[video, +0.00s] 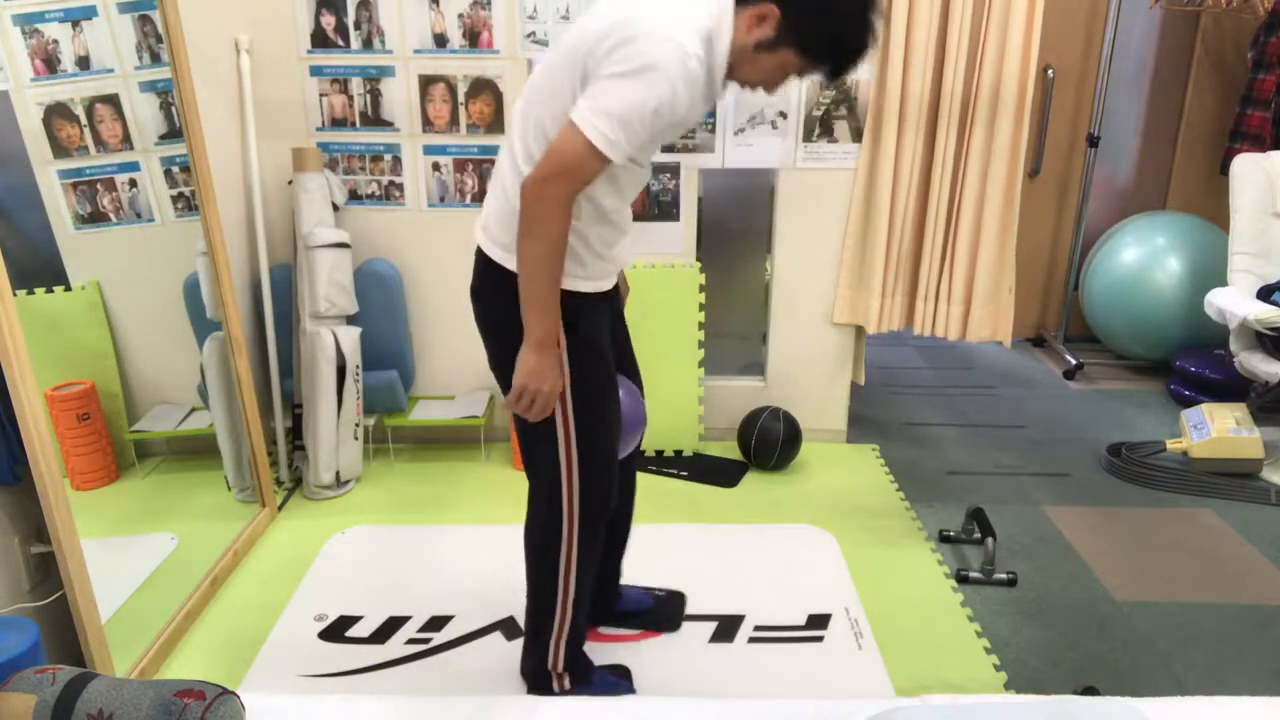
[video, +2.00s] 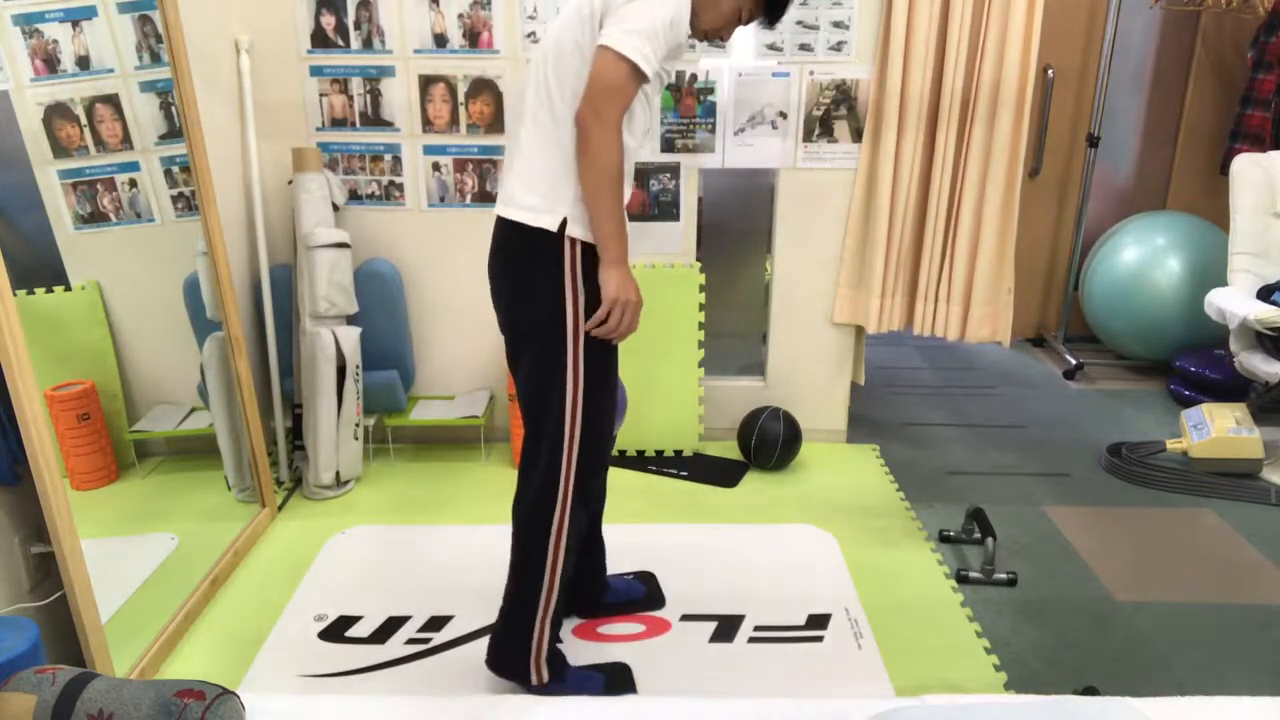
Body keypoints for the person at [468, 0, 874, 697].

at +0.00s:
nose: (778, 88)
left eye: (793, 78)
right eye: (788, 71)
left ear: (761, 17)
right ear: (762, 21)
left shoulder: (700, 44)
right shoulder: (666, 63)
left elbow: (603, 171)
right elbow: (545, 187)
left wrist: (611, 261)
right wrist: (541, 339)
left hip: (586, 276)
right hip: (539, 282)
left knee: (618, 435)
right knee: (576, 471)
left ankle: (594, 595)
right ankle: (554, 669)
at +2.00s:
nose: (726, 35)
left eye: (740, 27)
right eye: (742, 19)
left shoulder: (621, 13)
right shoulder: (657, 7)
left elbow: (577, 122)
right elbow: (595, 115)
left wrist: (601, 254)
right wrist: (615, 262)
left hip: (559, 239)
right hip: (551, 241)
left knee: (590, 423)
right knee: (566, 442)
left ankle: (580, 586)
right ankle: (523, 653)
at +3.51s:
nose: (834, 9)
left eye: (840, 4)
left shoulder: (741, 13)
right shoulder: (731, 18)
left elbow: (687, 146)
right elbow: (667, 161)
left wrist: (706, 243)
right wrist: (693, 307)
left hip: (660, 258)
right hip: (638, 264)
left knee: (676, 436)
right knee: (652, 453)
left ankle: (656, 572)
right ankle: (623, 644)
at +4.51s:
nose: (917, 36)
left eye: (932, 26)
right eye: (933, 20)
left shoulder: (796, 6)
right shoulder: (845, 16)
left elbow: (745, 132)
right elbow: (787, 156)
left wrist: (767, 249)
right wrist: (809, 289)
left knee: (692, 427)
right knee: (733, 455)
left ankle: (656, 568)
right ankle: (713, 647)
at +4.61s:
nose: (939, 61)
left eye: (953, 52)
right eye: (951, 46)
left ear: (922, 0)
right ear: (933, 6)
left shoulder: (825, 9)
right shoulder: (871, 33)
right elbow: (815, 187)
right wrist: (819, 314)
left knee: (699, 425)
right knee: (736, 455)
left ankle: (666, 562)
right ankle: (714, 647)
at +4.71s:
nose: (948, 102)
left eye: (962, 96)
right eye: (962, 87)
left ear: (943, 30)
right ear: (951, 43)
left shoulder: (862, 22)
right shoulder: (892, 70)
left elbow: (717, 88)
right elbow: (837, 231)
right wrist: (816, 339)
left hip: (675, 230)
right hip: (698, 251)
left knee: (713, 430)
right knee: (738, 452)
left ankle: (698, 565)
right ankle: (711, 648)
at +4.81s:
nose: (941, 143)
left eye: (956, 140)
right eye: (956, 132)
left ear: (949, 72)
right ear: (956, 88)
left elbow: (726, 100)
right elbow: (834, 266)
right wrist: (803, 363)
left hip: (680, 227)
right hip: (689, 249)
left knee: (747, 424)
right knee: (735, 452)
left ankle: (721, 564)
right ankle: (710, 645)